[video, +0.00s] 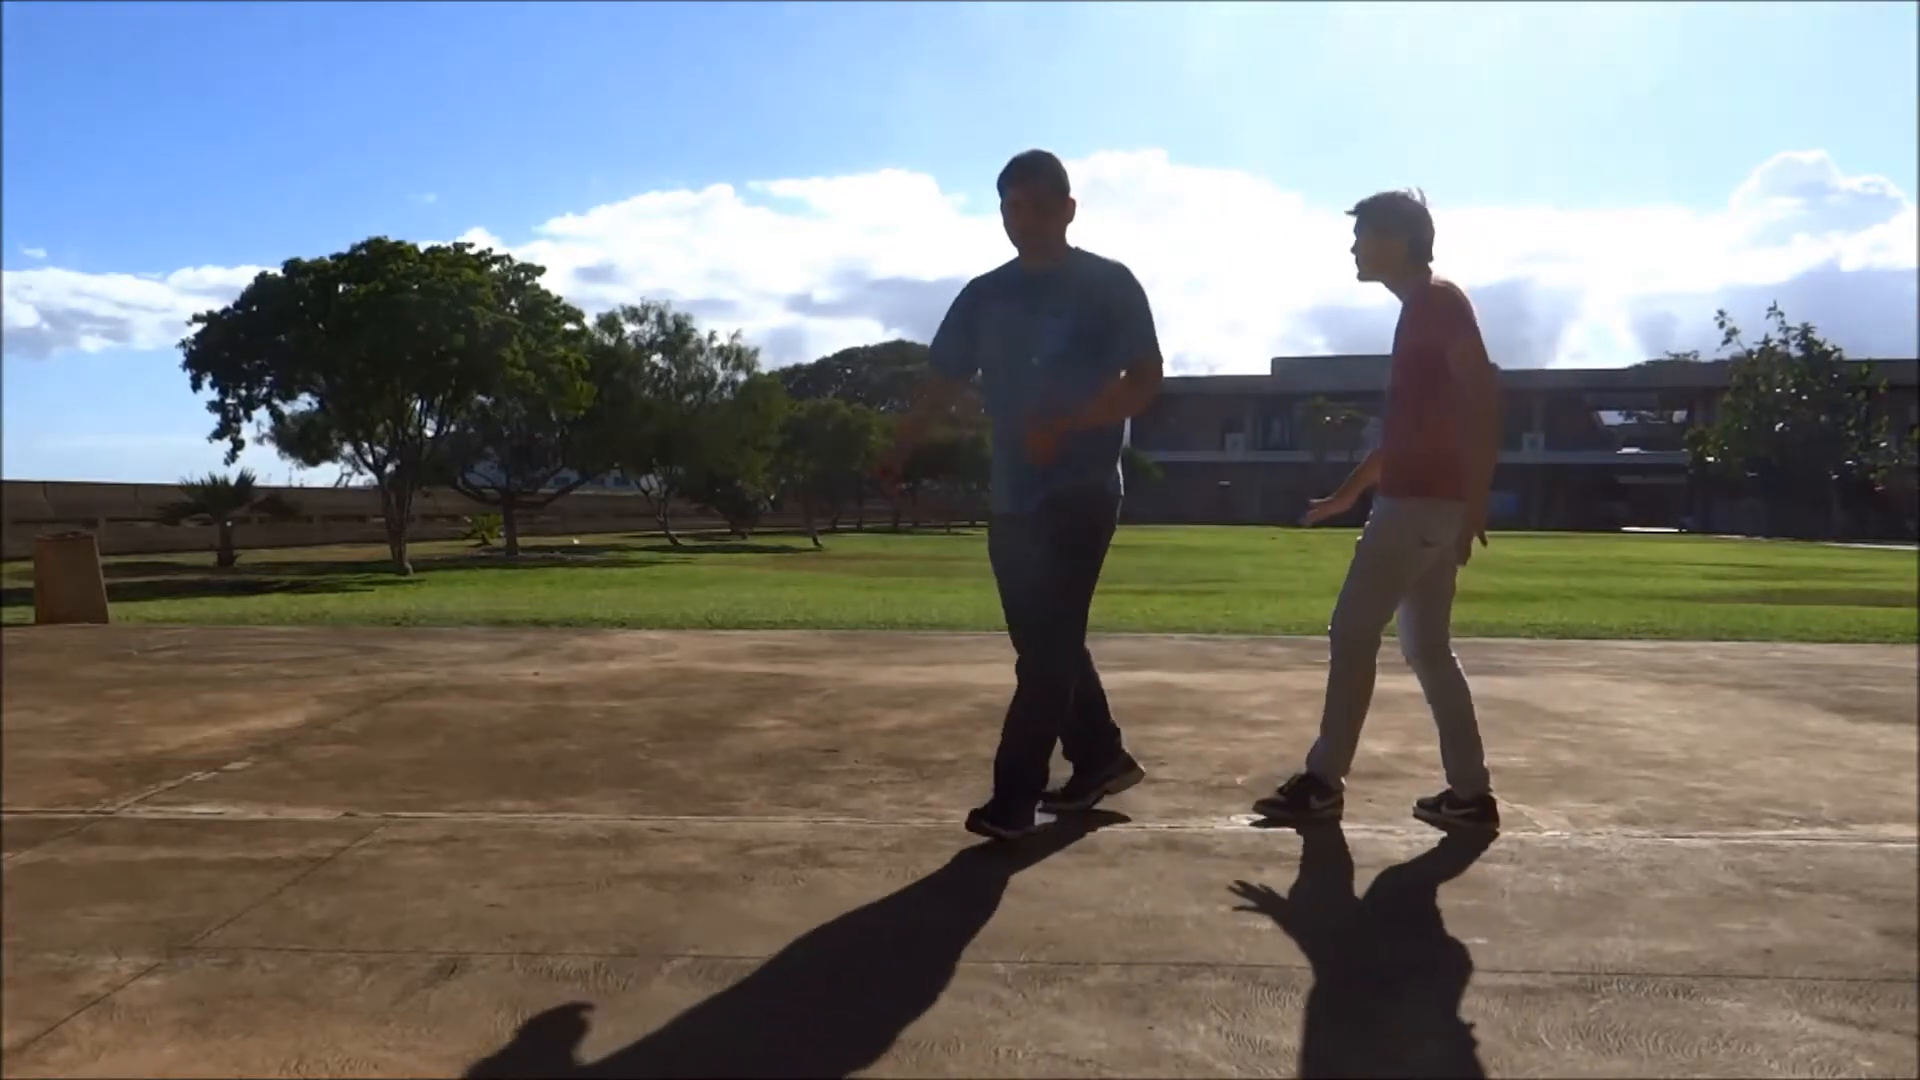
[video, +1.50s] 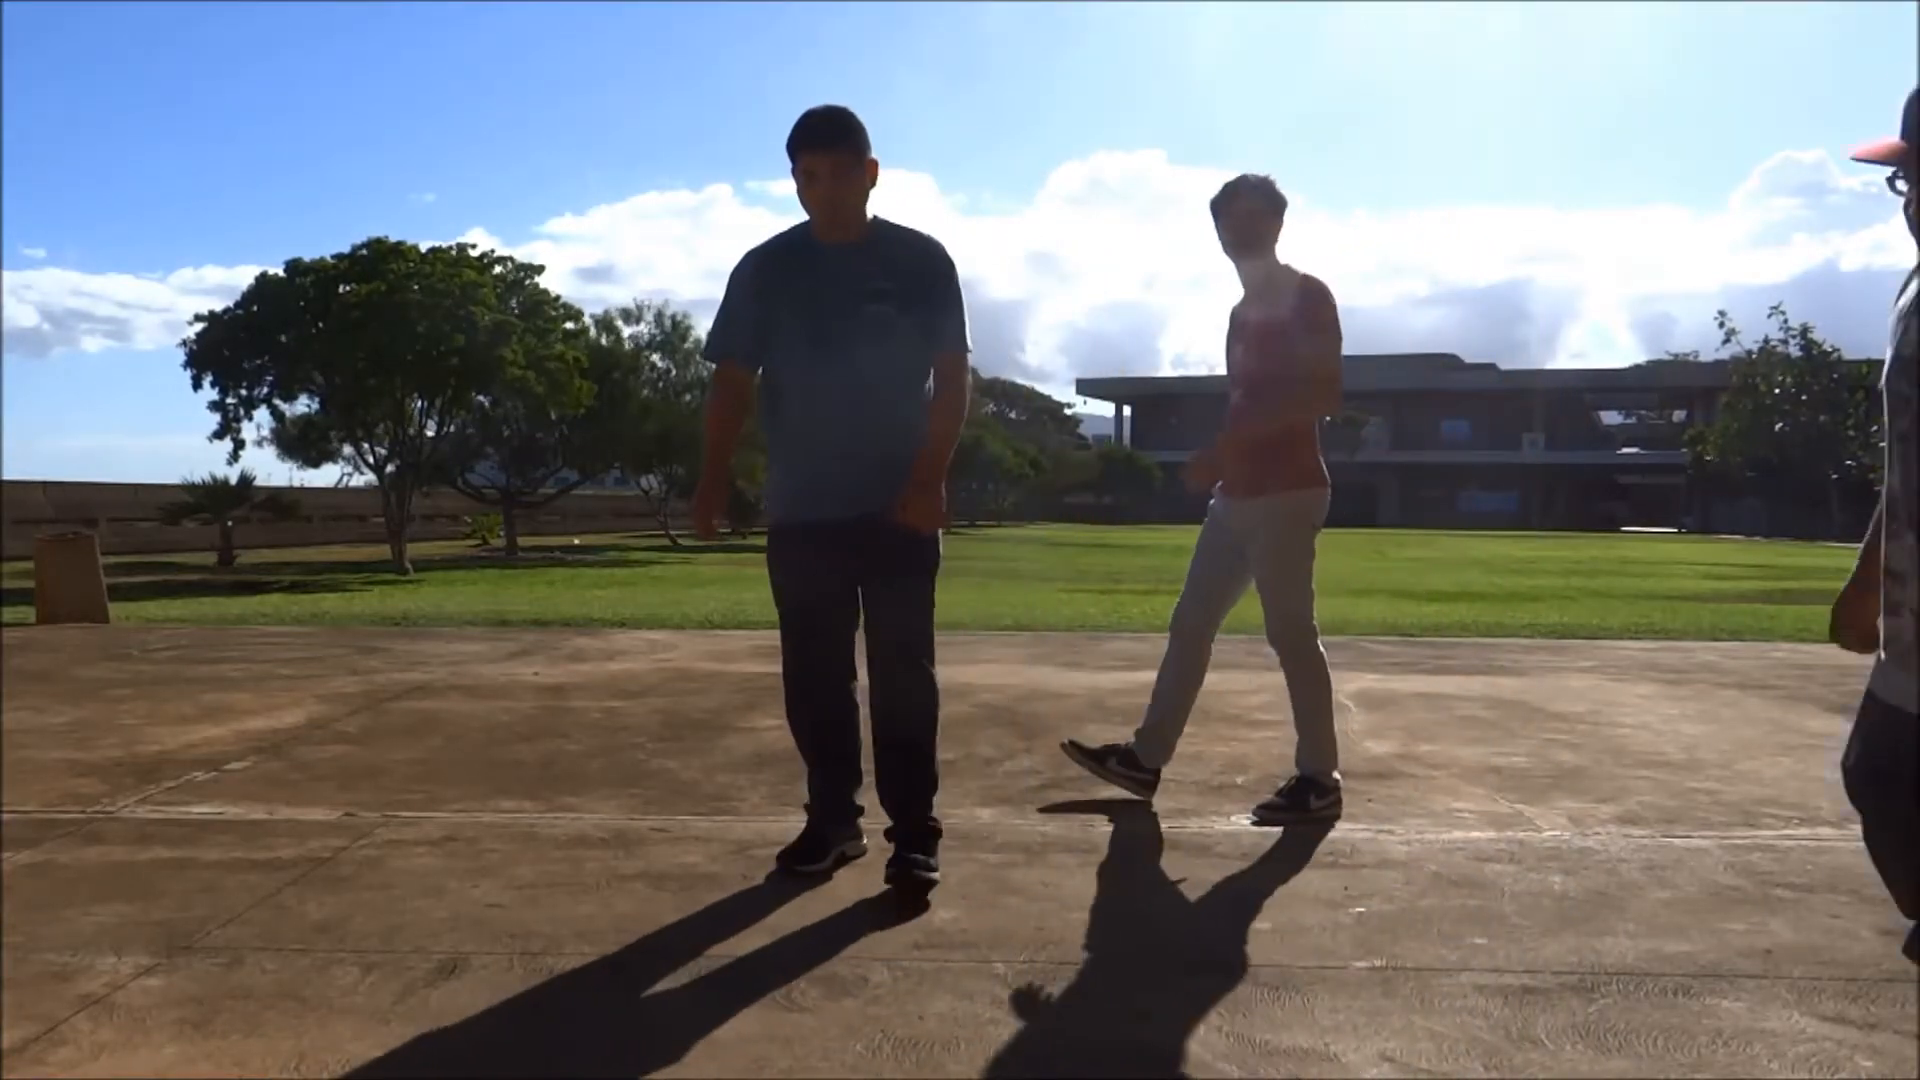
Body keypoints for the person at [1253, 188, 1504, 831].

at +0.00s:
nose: (1353, 246)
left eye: (1363, 235)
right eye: (1356, 235)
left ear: (1399, 242)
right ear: (1397, 245)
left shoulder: (1439, 302)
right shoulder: (1420, 310)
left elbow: (1482, 398)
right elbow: (1405, 425)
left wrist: (1476, 501)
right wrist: (1346, 494)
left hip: (1415, 505)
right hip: (1435, 504)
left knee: (1352, 629)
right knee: (1428, 649)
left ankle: (1323, 783)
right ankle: (1471, 794)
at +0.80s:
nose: (1320, 238)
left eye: (1331, 224)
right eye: (1316, 225)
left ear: (1365, 227)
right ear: (1317, 232)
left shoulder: (1402, 308)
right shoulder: (1329, 319)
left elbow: (1439, 402)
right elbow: (1324, 418)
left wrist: (1418, 489)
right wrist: (1295, 503)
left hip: (1370, 494)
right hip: (1340, 495)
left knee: (1316, 629)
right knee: (1373, 641)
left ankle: (1321, 781)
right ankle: (1459, 770)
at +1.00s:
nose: (1298, 237)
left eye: (1308, 223)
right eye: (1293, 224)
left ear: (1342, 223)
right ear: (1293, 230)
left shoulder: (1380, 306)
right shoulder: (1306, 315)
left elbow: (1409, 404)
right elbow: (1305, 416)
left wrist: (1376, 487)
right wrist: (1279, 500)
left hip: (1345, 491)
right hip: (1301, 492)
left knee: (1311, 630)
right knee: (1293, 629)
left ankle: (1319, 780)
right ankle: (1411, 734)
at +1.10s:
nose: (1284, 231)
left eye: (1294, 216)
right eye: (1281, 219)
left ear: (1329, 219)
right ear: (1284, 225)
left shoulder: (1369, 301)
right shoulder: (1297, 311)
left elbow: (1396, 403)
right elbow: (1306, 409)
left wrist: (1347, 484)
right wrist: (1282, 485)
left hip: (1337, 493)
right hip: (1291, 490)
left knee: (1309, 629)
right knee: (1264, 623)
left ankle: (1319, 778)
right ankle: (1362, 736)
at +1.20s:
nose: (1269, 229)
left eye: (1277, 215)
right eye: (1268, 217)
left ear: (1312, 217)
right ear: (1281, 223)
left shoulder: (1358, 297)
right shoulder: (1286, 311)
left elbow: (1381, 400)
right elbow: (1292, 403)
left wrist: (1321, 474)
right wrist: (1279, 474)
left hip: (1328, 488)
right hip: (1282, 483)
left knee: (1310, 632)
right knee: (1242, 619)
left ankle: (1320, 780)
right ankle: (1299, 755)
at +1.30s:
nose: (1259, 231)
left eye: (1268, 217)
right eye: (1255, 220)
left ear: (1304, 217)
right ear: (1257, 226)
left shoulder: (1345, 297)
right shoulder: (1275, 310)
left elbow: (1363, 399)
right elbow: (1277, 406)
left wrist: (1301, 461)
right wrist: (1257, 479)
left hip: (1319, 489)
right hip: (1270, 488)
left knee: (1307, 631)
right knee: (1220, 615)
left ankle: (1320, 779)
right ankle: (1243, 760)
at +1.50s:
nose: (1230, 232)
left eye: (1242, 218)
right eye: (1223, 222)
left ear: (1274, 221)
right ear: (1218, 231)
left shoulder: (1309, 296)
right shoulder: (1241, 315)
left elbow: (1324, 395)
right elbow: (1249, 403)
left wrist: (1229, 443)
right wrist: (1220, 461)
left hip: (1288, 495)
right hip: (1239, 493)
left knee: (1293, 636)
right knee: (1191, 624)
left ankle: (1319, 778)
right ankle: (1145, 759)